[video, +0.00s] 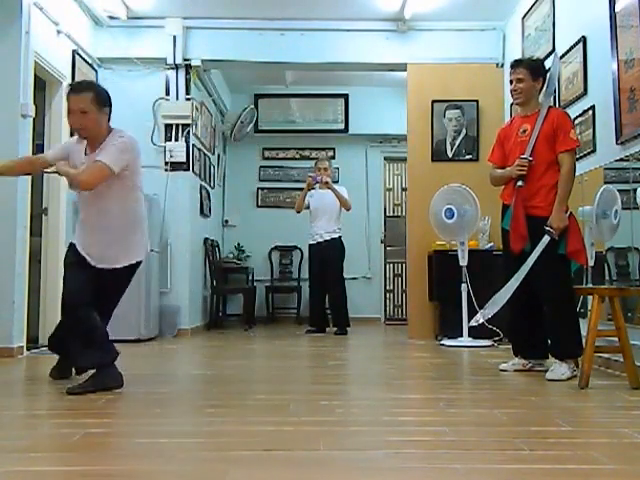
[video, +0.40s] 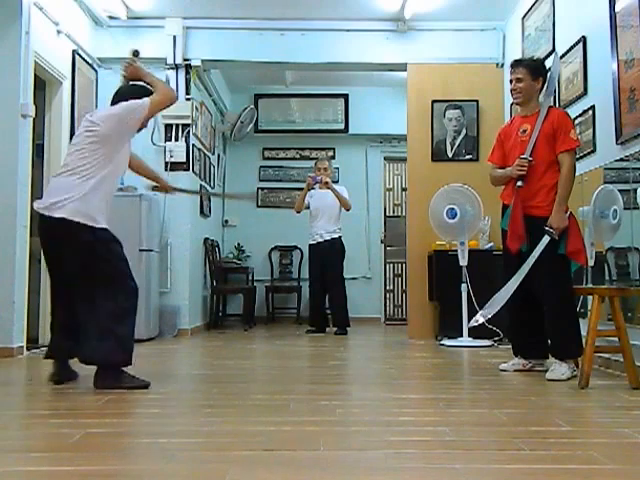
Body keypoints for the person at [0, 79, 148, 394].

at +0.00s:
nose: (73, 120)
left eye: (80, 113)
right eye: (70, 113)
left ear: (103, 112)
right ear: (68, 114)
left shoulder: (123, 144)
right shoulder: (75, 146)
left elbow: (85, 181)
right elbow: (32, 163)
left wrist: (61, 167)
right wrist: (1, 168)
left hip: (123, 251)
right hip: (85, 245)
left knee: (96, 312)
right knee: (74, 303)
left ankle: (69, 355)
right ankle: (106, 370)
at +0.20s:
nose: (126, 113)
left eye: (130, 107)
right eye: (119, 106)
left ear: (132, 106)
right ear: (97, 101)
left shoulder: (128, 130)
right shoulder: (74, 131)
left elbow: (132, 162)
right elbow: (83, 149)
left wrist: (99, 181)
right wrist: (128, 153)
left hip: (112, 231)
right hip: (76, 229)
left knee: (97, 300)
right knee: (101, 286)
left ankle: (40, 354)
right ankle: (106, 368)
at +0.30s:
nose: (140, 113)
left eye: (142, 108)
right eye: (138, 105)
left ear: (114, 99)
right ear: (119, 97)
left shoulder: (112, 129)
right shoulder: (99, 117)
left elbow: (140, 162)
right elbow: (159, 112)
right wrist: (172, 101)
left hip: (74, 223)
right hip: (75, 224)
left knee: (82, 294)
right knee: (116, 290)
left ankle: (42, 362)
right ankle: (109, 370)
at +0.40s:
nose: (145, 125)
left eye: (147, 119)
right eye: (145, 117)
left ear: (118, 102)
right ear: (133, 107)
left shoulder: (94, 121)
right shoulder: (118, 117)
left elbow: (132, 160)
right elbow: (168, 95)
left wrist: (161, 182)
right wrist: (144, 74)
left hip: (50, 216)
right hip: (80, 219)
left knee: (67, 290)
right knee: (123, 290)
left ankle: (61, 362)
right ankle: (110, 370)